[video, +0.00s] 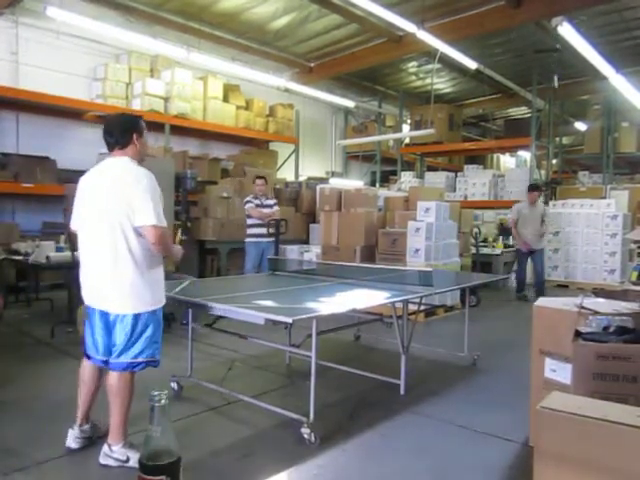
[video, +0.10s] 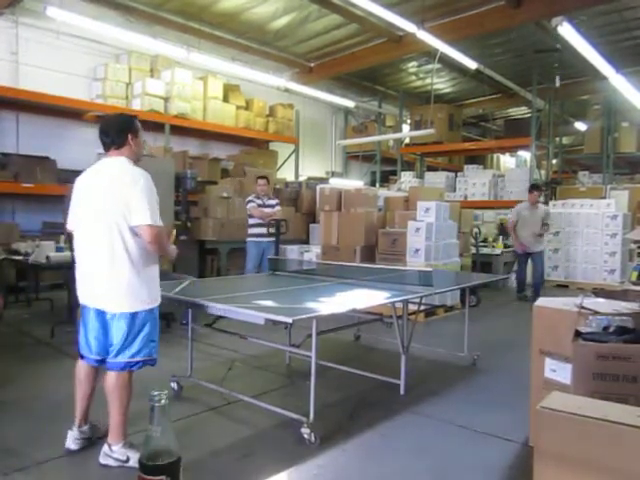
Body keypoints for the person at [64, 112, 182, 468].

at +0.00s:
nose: (147, 144)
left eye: (145, 137)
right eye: (145, 138)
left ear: (110, 141)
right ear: (135, 139)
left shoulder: (90, 176)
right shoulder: (139, 177)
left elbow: (76, 228)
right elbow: (155, 236)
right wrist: (173, 252)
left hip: (96, 289)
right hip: (132, 293)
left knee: (93, 356)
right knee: (122, 366)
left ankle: (80, 427)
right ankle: (116, 445)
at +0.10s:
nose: (142, 144)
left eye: (141, 137)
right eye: (140, 138)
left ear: (106, 141)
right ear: (131, 139)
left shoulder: (85, 177)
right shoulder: (136, 177)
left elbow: (72, 228)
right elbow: (150, 234)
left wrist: (105, 241)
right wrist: (168, 250)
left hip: (92, 290)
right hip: (129, 293)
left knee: (88, 357)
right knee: (121, 367)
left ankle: (79, 428)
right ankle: (116, 445)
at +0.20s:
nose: (140, 143)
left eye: (138, 137)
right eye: (137, 137)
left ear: (103, 142)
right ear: (125, 139)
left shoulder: (81, 177)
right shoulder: (131, 177)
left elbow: (68, 227)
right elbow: (145, 233)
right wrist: (162, 250)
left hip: (86, 290)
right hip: (124, 293)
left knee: (84, 356)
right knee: (119, 365)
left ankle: (78, 428)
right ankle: (116, 445)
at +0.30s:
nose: (135, 144)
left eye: (132, 138)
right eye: (132, 138)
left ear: (99, 143)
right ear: (122, 140)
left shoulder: (78, 177)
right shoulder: (127, 176)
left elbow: (66, 228)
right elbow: (140, 233)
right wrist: (157, 248)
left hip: (80, 289)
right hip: (118, 292)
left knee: (82, 357)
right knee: (116, 365)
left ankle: (78, 428)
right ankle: (116, 445)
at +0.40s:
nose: (131, 146)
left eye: (128, 139)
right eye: (128, 140)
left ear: (96, 145)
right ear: (117, 142)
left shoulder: (77, 178)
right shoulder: (122, 176)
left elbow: (84, 228)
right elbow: (134, 231)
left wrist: (144, 231)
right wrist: (152, 251)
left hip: (76, 289)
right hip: (113, 292)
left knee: (79, 357)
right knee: (116, 365)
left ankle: (77, 429)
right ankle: (116, 444)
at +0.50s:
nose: (126, 146)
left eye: (124, 140)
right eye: (124, 140)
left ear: (93, 145)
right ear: (114, 142)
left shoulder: (77, 177)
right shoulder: (119, 175)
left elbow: (90, 223)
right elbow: (128, 230)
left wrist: (144, 228)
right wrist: (150, 250)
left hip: (73, 288)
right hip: (110, 290)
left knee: (76, 357)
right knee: (119, 363)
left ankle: (77, 429)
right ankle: (117, 442)